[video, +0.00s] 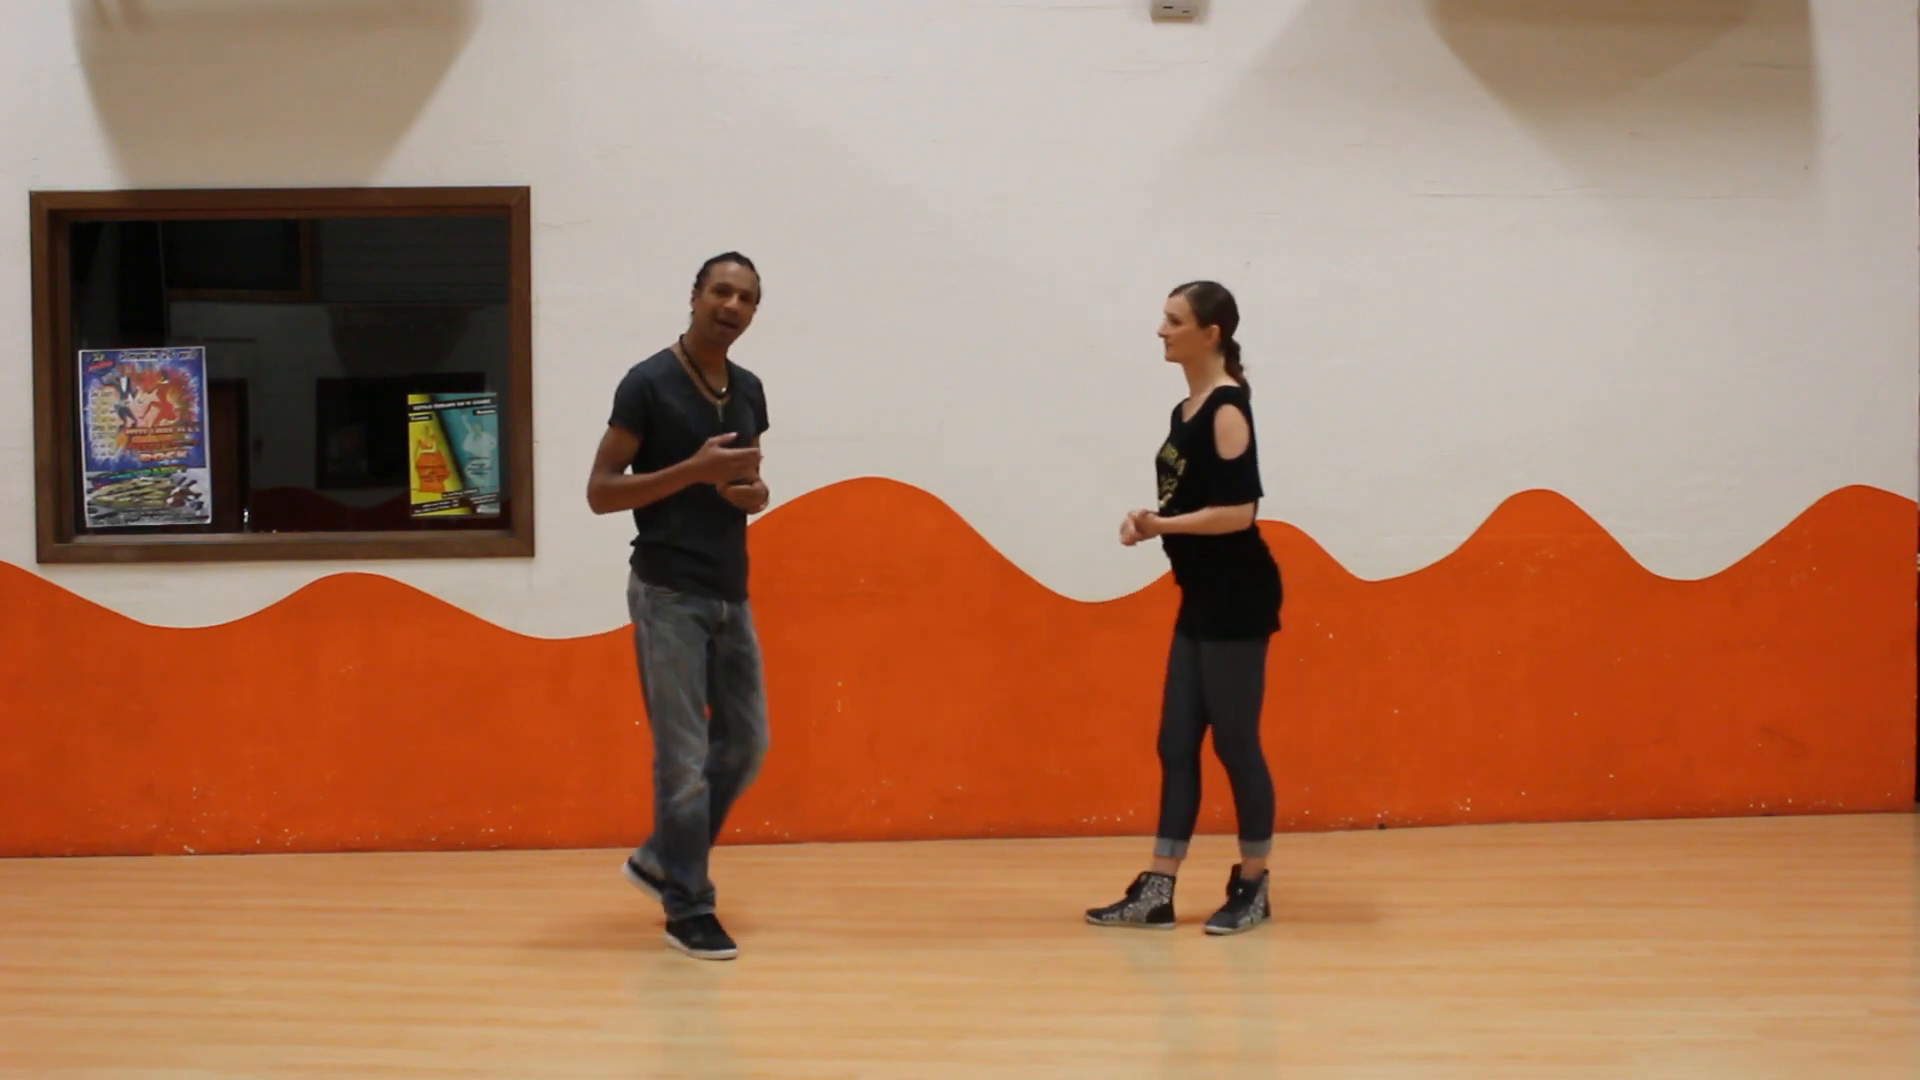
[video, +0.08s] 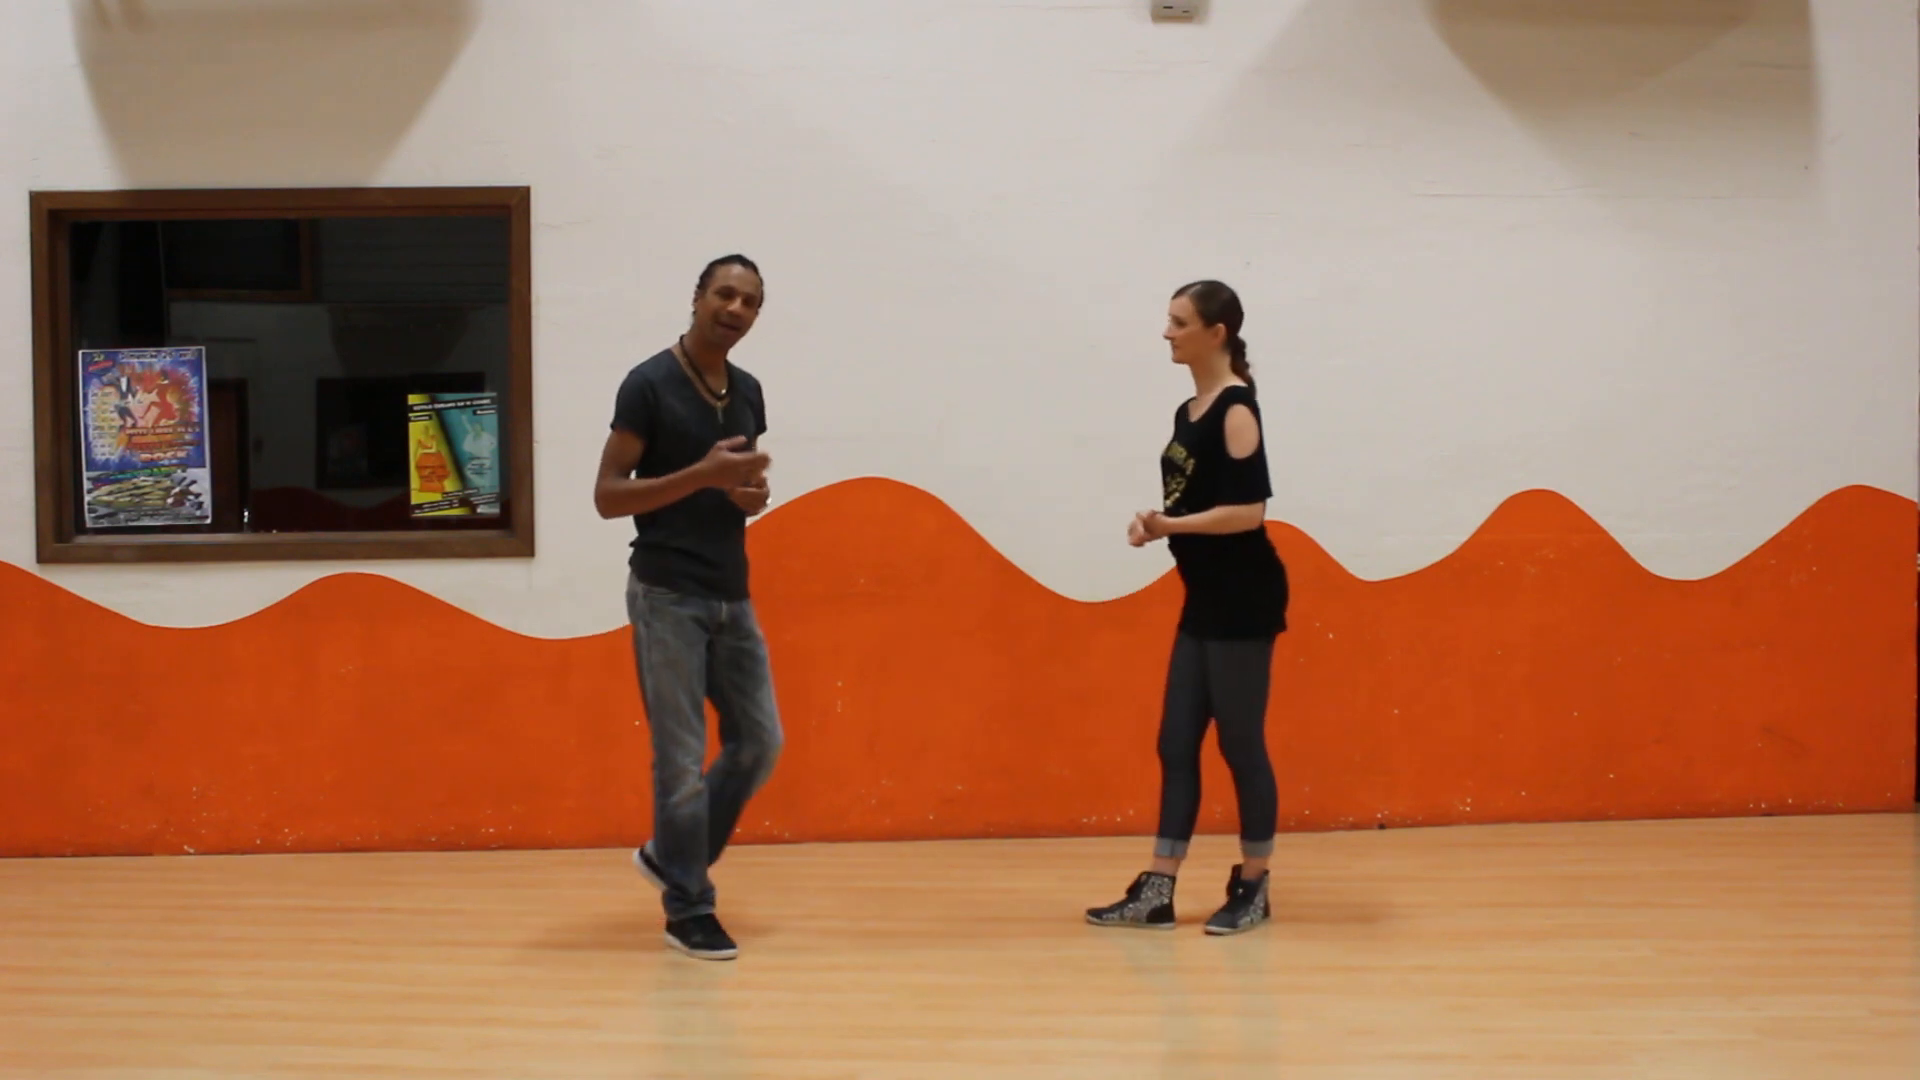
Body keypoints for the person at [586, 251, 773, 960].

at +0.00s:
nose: (734, 305)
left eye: (747, 298)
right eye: (723, 291)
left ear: (754, 314)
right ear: (693, 298)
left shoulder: (747, 392)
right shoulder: (647, 384)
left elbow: (754, 490)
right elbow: (600, 493)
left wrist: (750, 493)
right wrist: (695, 470)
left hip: (729, 594)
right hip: (667, 592)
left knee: (745, 742)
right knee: (682, 750)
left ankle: (662, 858)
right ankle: (690, 913)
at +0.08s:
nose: (737, 310)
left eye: (749, 303)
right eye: (726, 295)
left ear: (756, 318)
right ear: (696, 298)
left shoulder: (746, 393)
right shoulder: (649, 385)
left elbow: (747, 497)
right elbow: (608, 497)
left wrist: (751, 489)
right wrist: (704, 474)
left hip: (729, 596)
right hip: (666, 594)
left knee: (758, 741)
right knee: (681, 753)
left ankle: (672, 853)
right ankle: (690, 912)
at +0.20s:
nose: (738, 310)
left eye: (751, 303)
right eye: (728, 295)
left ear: (757, 319)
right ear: (698, 298)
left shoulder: (746, 392)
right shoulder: (650, 387)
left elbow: (735, 498)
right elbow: (614, 501)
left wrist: (756, 489)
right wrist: (707, 483)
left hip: (730, 597)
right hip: (667, 597)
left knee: (760, 743)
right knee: (682, 756)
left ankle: (680, 851)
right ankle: (690, 912)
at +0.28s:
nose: (742, 310)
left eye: (754, 303)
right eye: (731, 295)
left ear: (758, 318)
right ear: (699, 298)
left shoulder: (746, 393)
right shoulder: (650, 387)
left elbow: (729, 494)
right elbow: (616, 502)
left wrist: (758, 489)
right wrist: (707, 484)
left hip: (732, 597)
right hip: (667, 597)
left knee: (754, 746)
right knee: (682, 757)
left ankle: (677, 852)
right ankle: (690, 913)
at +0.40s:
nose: (741, 309)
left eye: (753, 302)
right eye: (730, 294)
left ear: (759, 318)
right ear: (699, 299)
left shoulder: (747, 395)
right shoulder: (650, 388)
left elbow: (723, 495)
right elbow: (620, 504)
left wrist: (760, 494)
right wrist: (712, 485)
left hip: (731, 597)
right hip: (667, 597)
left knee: (746, 749)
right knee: (682, 756)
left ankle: (675, 849)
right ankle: (691, 912)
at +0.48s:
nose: (734, 303)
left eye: (746, 296)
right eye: (722, 289)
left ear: (755, 313)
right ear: (693, 299)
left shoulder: (749, 394)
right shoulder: (651, 389)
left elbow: (728, 493)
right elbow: (624, 505)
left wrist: (762, 495)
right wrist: (717, 485)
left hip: (730, 597)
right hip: (666, 597)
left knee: (745, 749)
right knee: (682, 757)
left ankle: (681, 848)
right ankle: (691, 911)